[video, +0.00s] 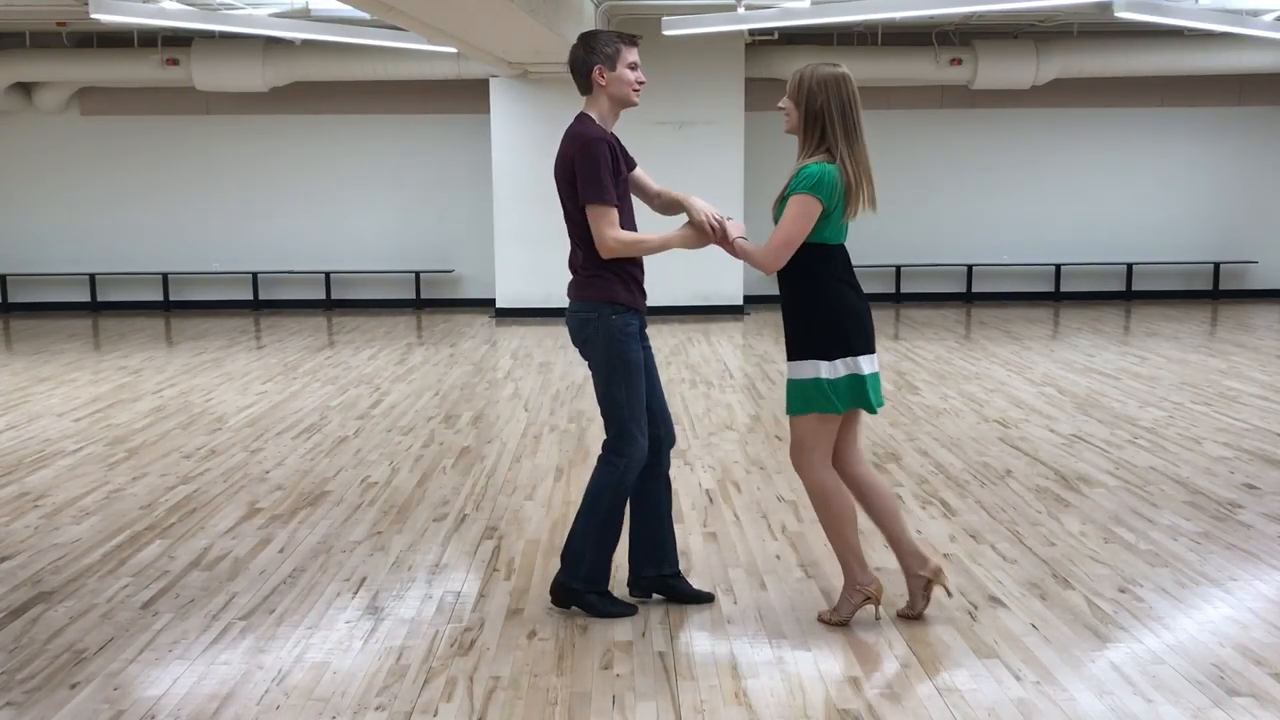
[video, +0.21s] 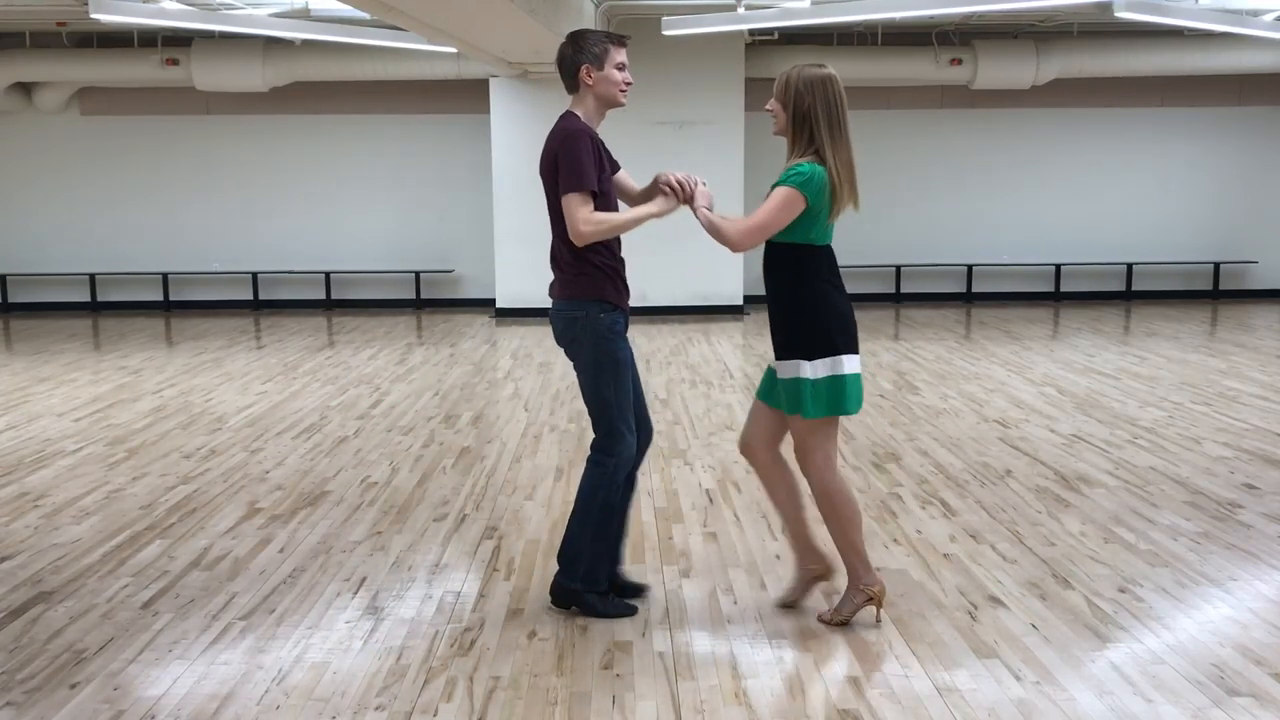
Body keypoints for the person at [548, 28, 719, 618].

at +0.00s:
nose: (642, 77)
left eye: (640, 67)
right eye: (632, 67)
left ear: (608, 78)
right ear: (599, 75)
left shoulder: (607, 141)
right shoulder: (589, 140)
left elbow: (657, 199)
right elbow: (608, 243)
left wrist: (692, 203)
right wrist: (680, 238)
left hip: (622, 312)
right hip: (602, 313)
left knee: (656, 439)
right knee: (628, 445)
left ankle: (653, 572)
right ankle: (576, 581)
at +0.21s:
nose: (629, 78)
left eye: (628, 68)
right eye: (620, 68)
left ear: (596, 77)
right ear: (587, 74)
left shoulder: (590, 139)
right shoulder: (571, 136)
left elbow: (630, 199)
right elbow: (581, 227)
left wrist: (666, 186)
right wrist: (654, 207)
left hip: (602, 312)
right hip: (585, 314)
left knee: (636, 432)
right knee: (616, 441)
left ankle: (598, 567)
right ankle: (576, 584)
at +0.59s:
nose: (590, 84)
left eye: (589, 75)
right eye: (581, 75)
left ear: (554, 83)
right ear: (549, 81)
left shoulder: (555, 137)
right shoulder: (528, 139)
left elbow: (593, 161)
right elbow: (585, 176)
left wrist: (630, 148)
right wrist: (632, 153)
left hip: (542, 315)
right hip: (537, 317)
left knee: (544, 446)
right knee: (581, 446)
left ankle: (500, 579)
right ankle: (533, 582)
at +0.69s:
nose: (580, 87)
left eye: (579, 77)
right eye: (571, 77)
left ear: (541, 85)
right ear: (538, 83)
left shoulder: (536, 137)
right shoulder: (522, 139)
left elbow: (590, 150)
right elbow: (589, 151)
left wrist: (629, 126)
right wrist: (627, 121)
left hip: (538, 319)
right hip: (528, 321)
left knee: (544, 451)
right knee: (552, 453)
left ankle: (510, 573)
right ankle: (470, 568)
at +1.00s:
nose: (568, 79)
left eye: (567, 69)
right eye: (560, 70)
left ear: (530, 78)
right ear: (529, 75)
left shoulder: (527, 129)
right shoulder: (503, 124)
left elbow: (586, 96)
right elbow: (586, 82)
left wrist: (634, 30)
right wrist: (631, 22)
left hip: (520, 317)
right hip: (493, 316)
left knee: (524, 448)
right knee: (469, 444)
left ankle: (500, 578)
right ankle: (404, 567)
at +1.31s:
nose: (586, 79)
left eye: (585, 69)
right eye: (578, 70)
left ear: (549, 78)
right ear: (548, 77)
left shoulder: (541, 134)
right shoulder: (520, 128)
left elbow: (597, 116)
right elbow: (586, 93)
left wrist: (645, 75)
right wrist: (657, 21)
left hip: (532, 314)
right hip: (526, 316)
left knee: (527, 447)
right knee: (566, 449)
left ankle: (499, 580)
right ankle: (466, 549)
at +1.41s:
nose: (597, 79)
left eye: (596, 70)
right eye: (590, 69)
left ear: (559, 77)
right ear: (559, 74)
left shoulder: (556, 134)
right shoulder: (532, 127)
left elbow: (600, 142)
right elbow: (584, 121)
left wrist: (646, 126)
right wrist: (664, 57)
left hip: (533, 313)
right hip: (542, 316)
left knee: (528, 447)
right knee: (593, 441)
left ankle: (496, 579)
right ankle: (523, 572)